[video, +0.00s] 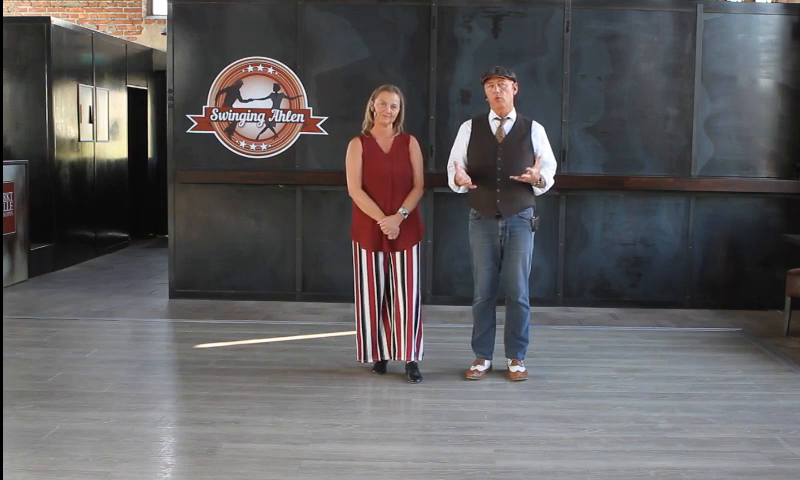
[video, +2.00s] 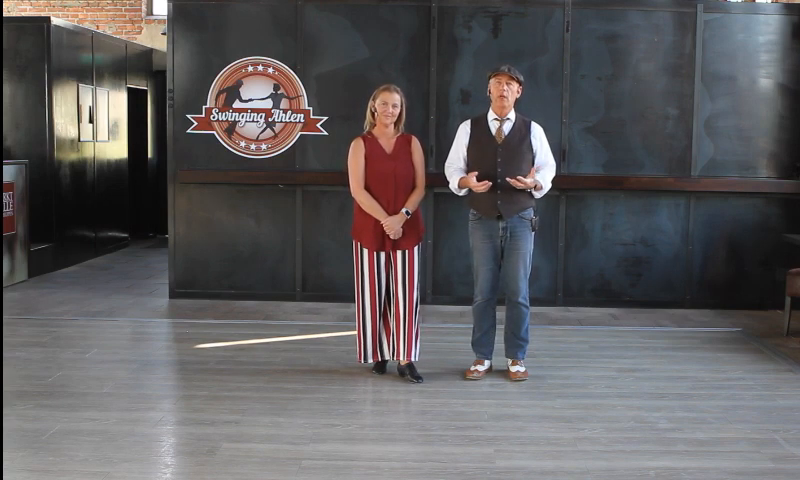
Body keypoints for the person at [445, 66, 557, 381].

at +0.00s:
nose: (497, 91)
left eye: (502, 86)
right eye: (491, 87)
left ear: (514, 89)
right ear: (485, 93)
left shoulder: (533, 130)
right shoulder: (469, 128)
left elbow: (549, 172)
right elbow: (454, 168)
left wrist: (537, 176)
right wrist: (459, 177)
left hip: (520, 219)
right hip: (481, 219)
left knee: (517, 292)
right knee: (483, 292)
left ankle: (516, 359)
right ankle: (482, 358)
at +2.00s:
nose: (504, 90)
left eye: (510, 85)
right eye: (499, 84)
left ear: (518, 92)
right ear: (489, 89)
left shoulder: (532, 130)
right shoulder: (468, 129)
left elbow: (548, 169)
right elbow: (452, 170)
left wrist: (533, 181)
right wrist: (466, 181)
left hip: (520, 219)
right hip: (481, 220)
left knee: (517, 292)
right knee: (483, 292)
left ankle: (516, 359)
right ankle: (482, 358)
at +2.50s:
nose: (502, 90)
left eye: (508, 86)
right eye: (497, 85)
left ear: (517, 91)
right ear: (488, 91)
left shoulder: (533, 130)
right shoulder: (469, 127)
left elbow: (550, 170)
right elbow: (451, 168)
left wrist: (532, 171)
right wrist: (469, 171)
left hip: (520, 220)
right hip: (481, 220)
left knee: (517, 293)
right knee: (483, 292)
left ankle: (516, 358)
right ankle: (482, 358)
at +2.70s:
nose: (502, 94)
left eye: (508, 88)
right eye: (496, 88)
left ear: (517, 91)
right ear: (488, 92)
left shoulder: (534, 130)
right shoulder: (470, 127)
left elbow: (549, 177)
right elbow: (452, 170)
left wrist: (537, 168)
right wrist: (473, 162)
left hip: (520, 220)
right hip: (481, 220)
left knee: (517, 293)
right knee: (483, 292)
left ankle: (516, 359)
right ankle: (482, 358)